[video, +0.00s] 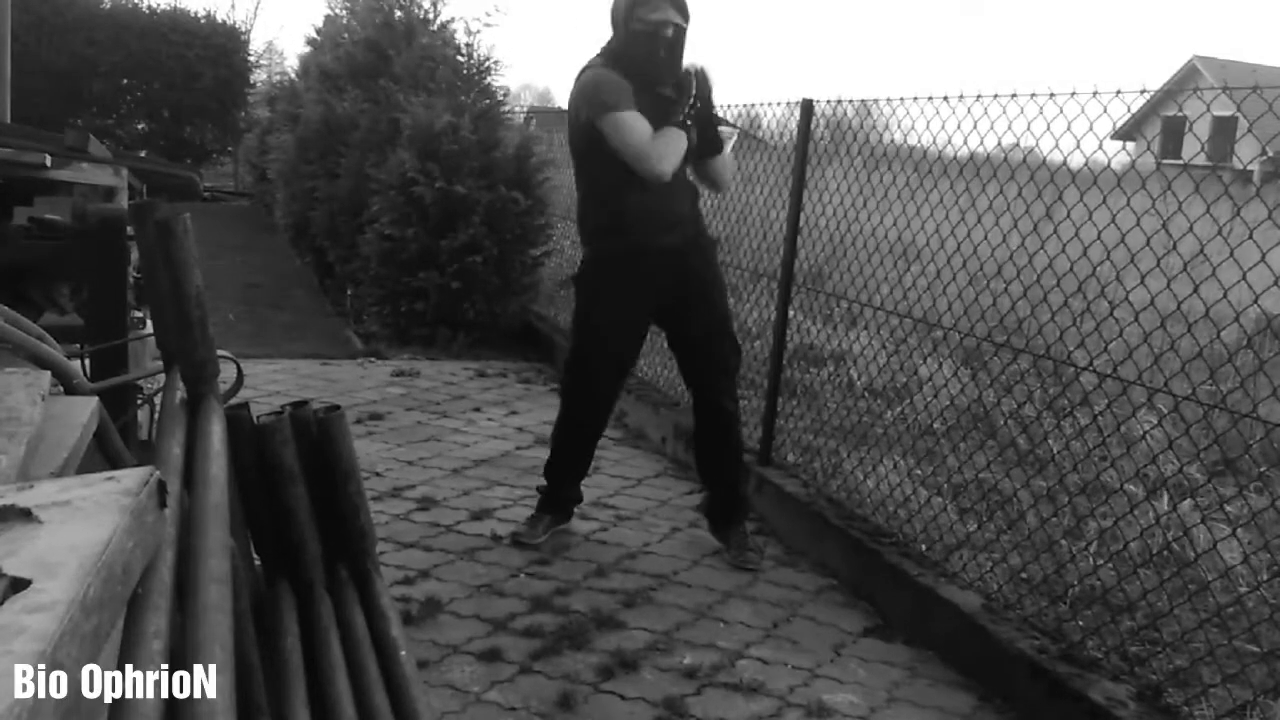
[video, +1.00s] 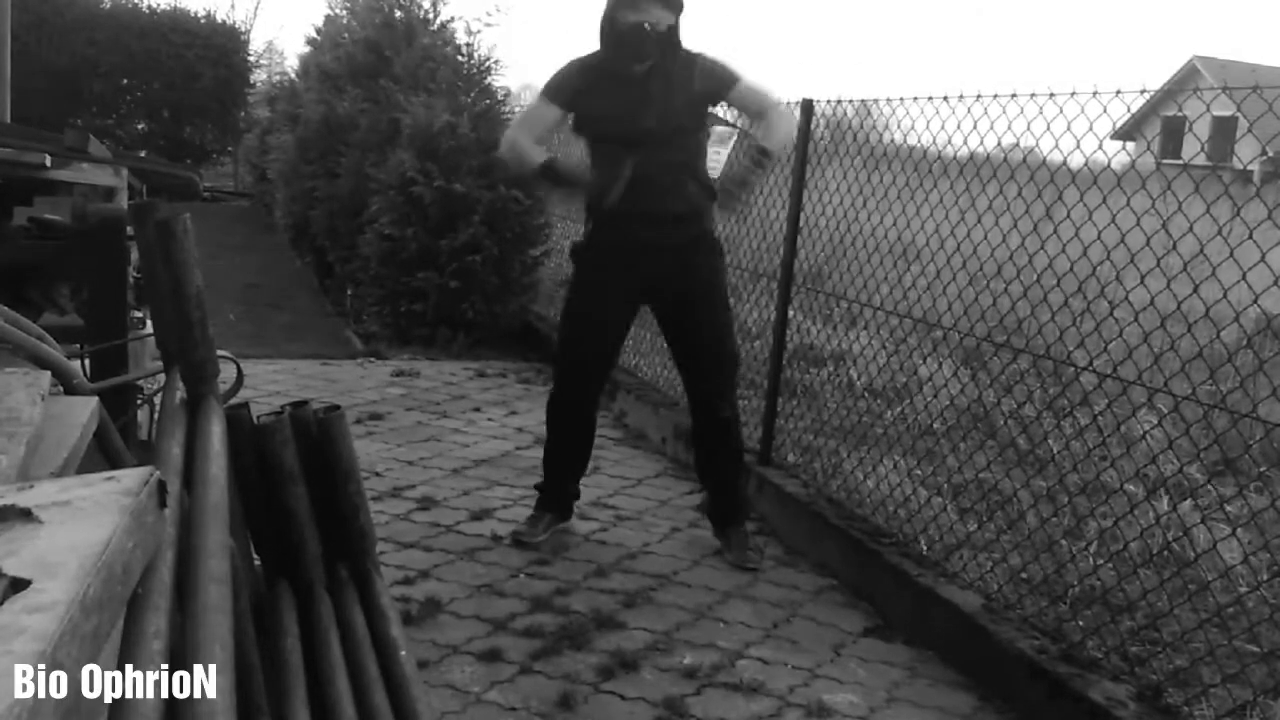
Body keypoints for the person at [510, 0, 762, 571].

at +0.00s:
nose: (665, 40)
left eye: (676, 29)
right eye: (651, 26)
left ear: (686, 31)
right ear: (622, 25)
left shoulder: (678, 89)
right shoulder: (601, 83)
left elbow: (719, 178)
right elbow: (656, 164)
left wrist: (703, 116)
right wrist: (682, 111)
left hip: (688, 266)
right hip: (617, 267)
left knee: (717, 388)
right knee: (588, 389)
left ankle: (730, 520)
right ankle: (555, 505)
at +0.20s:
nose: (635, 51)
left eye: (647, 39)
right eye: (624, 41)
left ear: (676, 36)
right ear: (615, 39)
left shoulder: (718, 68)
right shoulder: (611, 72)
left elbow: (706, 135)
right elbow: (618, 122)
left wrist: (644, 94)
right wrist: (676, 50)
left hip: (693, 253)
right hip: (619, 247)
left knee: (713, 389)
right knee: (579, 375)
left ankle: (729, 521)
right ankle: (550, 500)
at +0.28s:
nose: (637, 56)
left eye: (646, 43)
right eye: (628, 45)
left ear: (678, 34)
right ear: (621, 40)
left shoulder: (729, 78)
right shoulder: (628, 80)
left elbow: (673, 164)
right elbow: (604, 149)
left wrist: (617, 184)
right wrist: (595, 187)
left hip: (689, 263)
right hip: (616, 253)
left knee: (705, 393)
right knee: (581, 378)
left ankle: (725, 523)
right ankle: (549, 499)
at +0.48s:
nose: (643, 61)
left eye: (654, 49)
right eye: (638, 48)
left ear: (687, 42)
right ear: (637, 42)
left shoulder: (737, 94)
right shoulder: (643, 87)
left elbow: (681, 165)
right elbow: (615, 147)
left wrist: (629, 210)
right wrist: (596, 200)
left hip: (682, 269)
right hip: (617, 255)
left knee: (695, 396)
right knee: (571, 371)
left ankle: (723, 525)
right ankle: (552, 498)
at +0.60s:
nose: (670, 13)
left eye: (677, 7)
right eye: (660, 10)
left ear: (693, 12)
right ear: (645, 14)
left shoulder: (719, 65)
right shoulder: (623, 54)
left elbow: (707, 90)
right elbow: (596, 80)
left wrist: (691, 26)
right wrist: (616, 13)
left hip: (688, 253)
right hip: (614, 245)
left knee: (710, 390)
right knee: (575, 376)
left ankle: (727, 523)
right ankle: (553, 503)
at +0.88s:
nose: (658, 56)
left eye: (668, 49)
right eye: (648, 43)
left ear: (678, 51)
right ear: (622, 37)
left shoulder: (673, 97)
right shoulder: (576, 88)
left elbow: (726, 157)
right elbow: (597, 155)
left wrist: (707, 86)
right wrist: (610, 79)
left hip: (687, 263)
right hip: (614, 265)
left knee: (717, 387)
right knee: (586, 389)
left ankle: (730, 522)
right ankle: (556, 505)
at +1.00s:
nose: (645, 20)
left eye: (658, 10)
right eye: (632, 9)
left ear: (674, 16)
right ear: (609, 13)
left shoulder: (696, 73)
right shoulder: (582, 77)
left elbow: (777, 115)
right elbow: (516, 146)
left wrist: (736, 182)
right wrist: (584, 182)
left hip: (688, 253)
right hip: (609, 253)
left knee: (714, 386)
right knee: (576, 381)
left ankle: (731, 521)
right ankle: (554, 505)